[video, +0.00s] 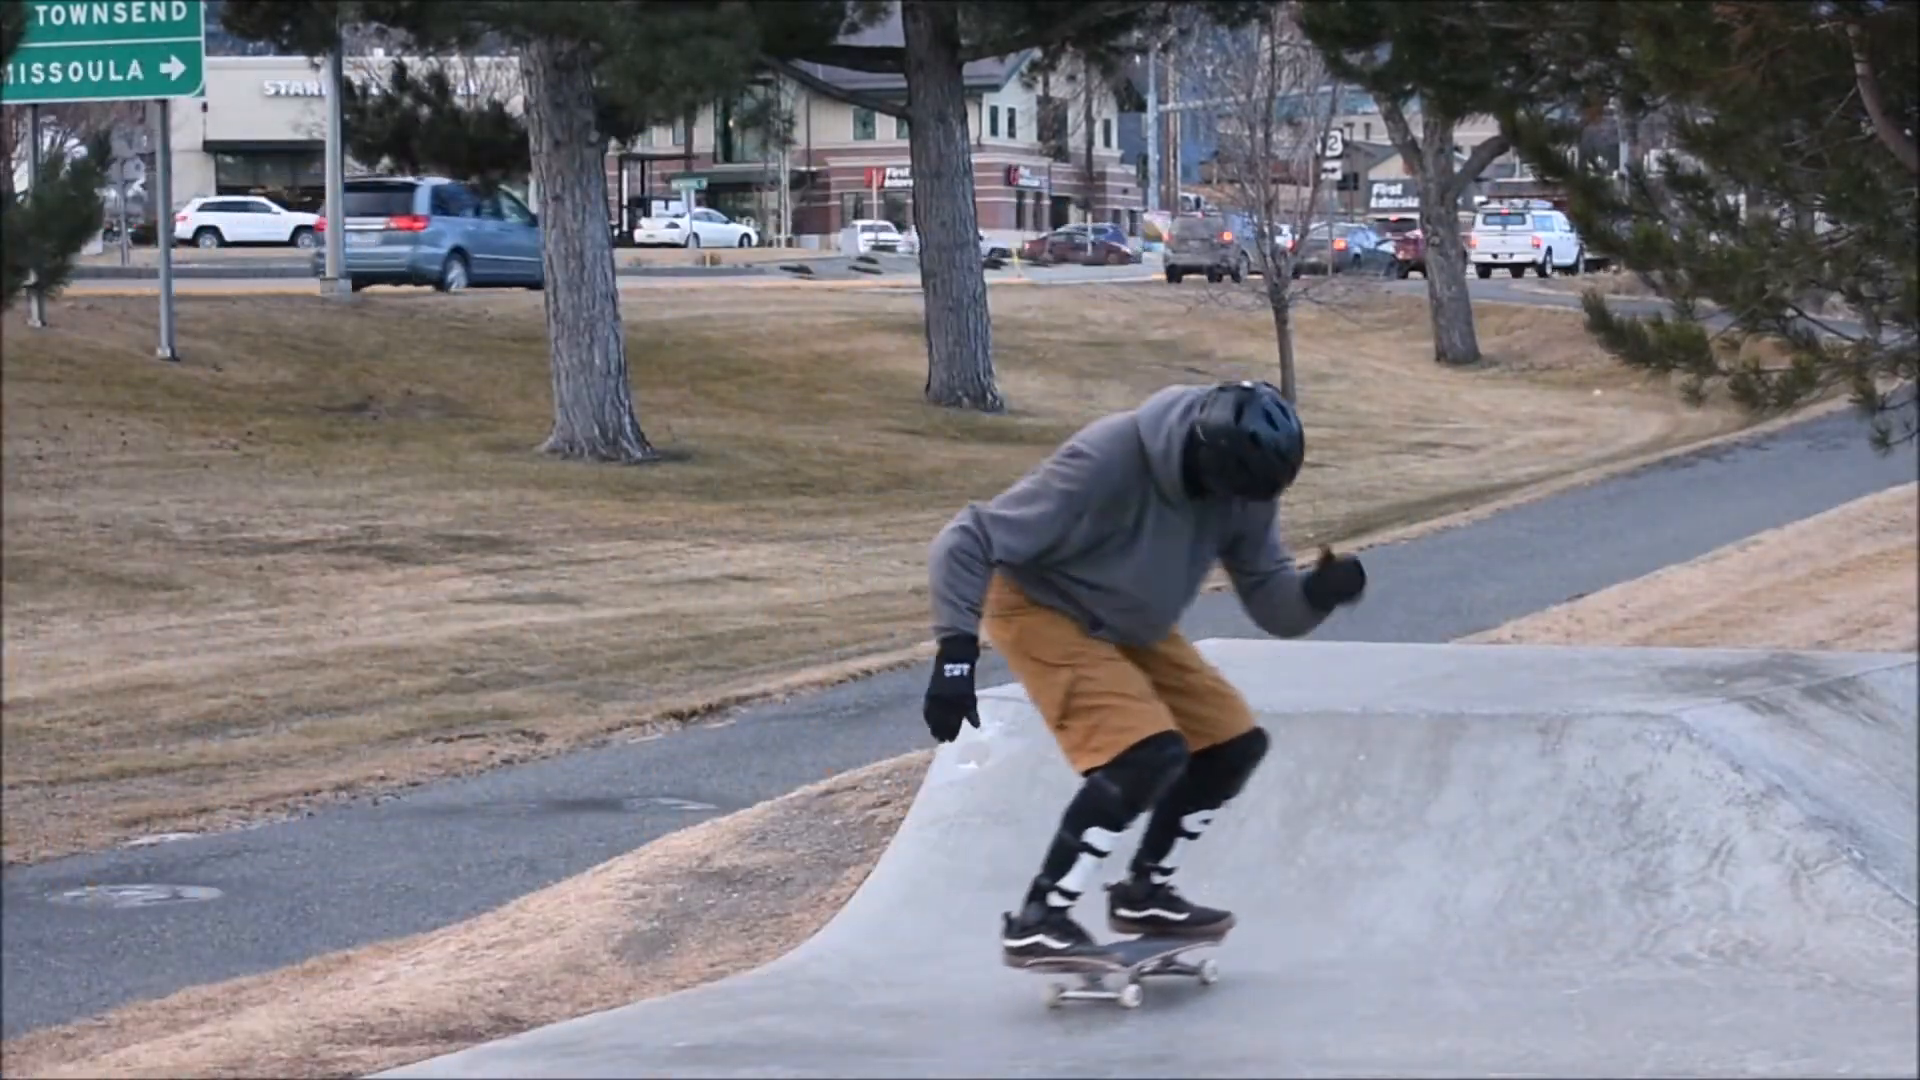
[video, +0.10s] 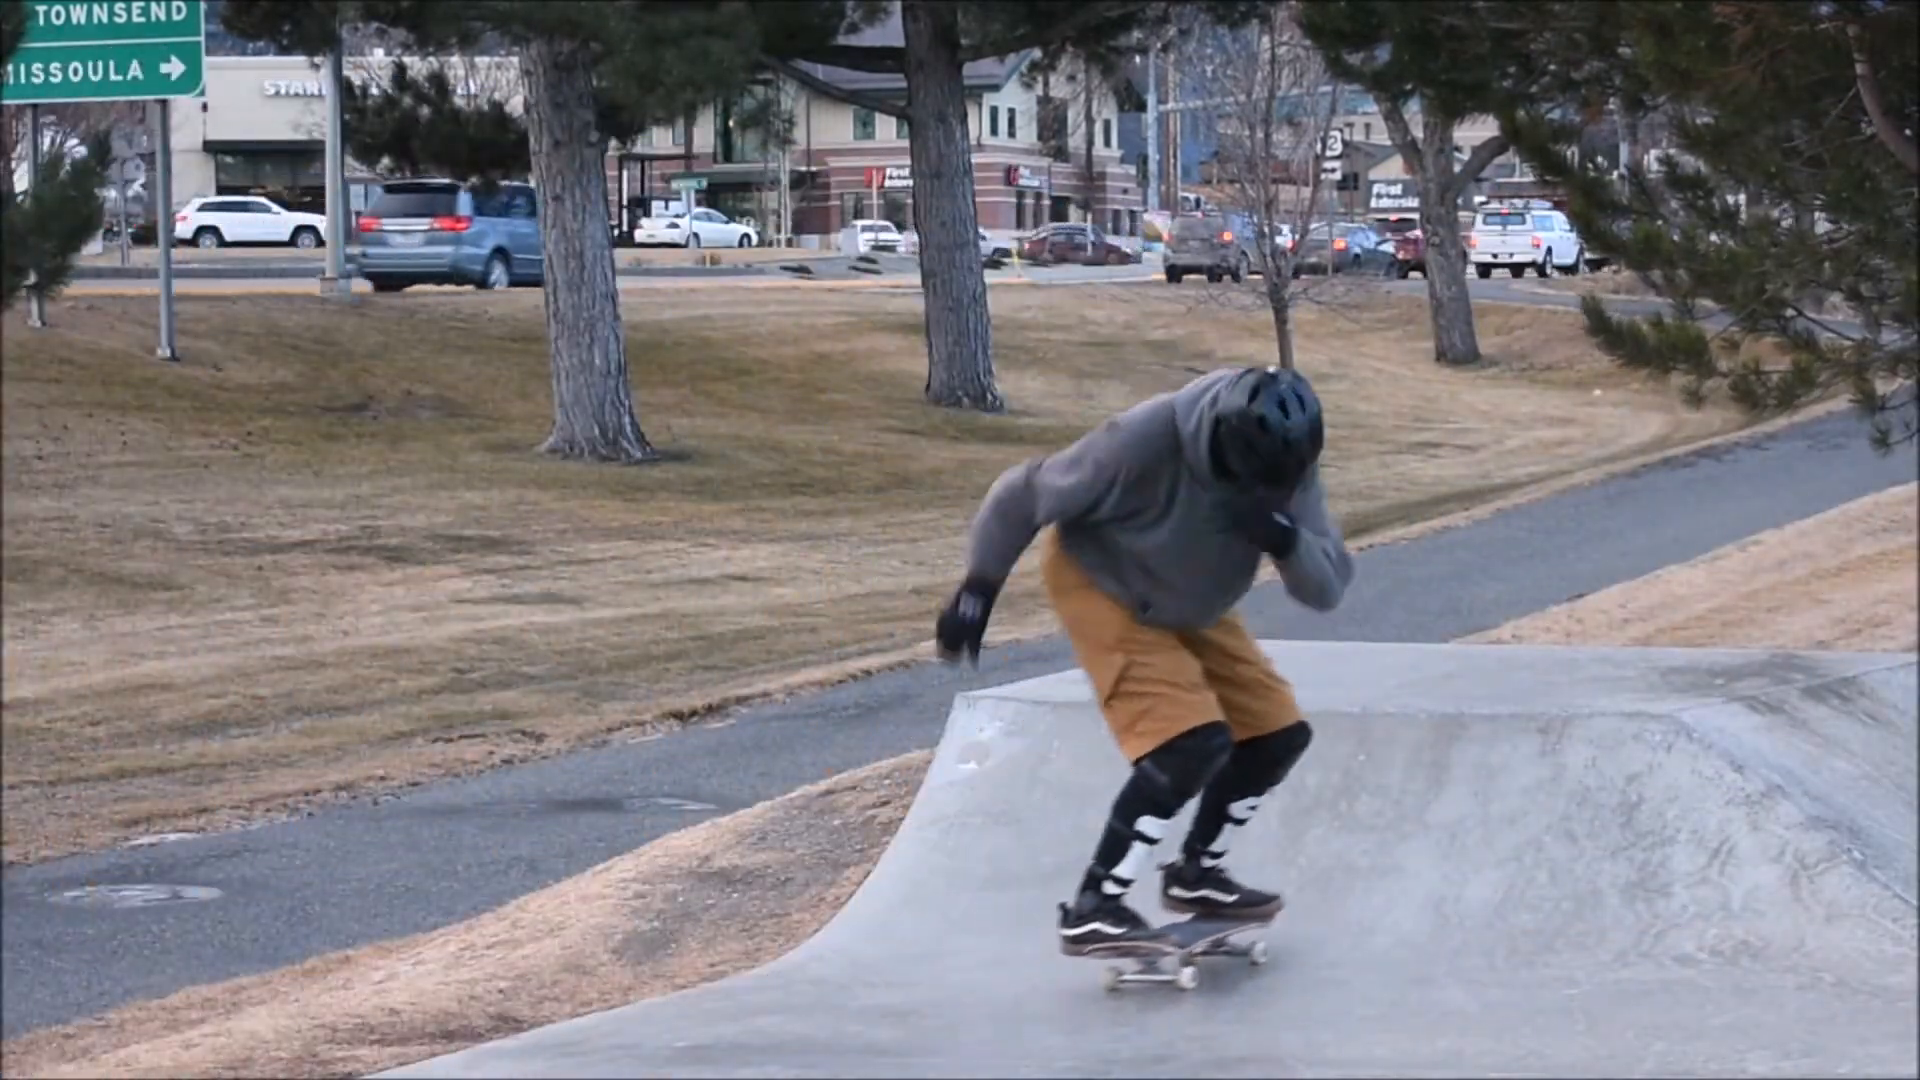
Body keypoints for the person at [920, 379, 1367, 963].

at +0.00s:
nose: (1247, 504)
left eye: (1256, 494)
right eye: (1242, 490)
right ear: (1212, 458)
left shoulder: (1246, 482)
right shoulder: (1110, 459)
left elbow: (1271, 603)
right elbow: (969, 537)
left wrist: (1317, 592)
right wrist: (955, 657)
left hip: (1129, 616)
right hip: (1035, 602)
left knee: (1230, 746)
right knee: (1145, 754)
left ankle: (1141, 893)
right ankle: (1037, 916)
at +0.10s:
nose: (1267, 496)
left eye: (1282, 483)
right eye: (1256, 481)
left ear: (1301, 457)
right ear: (1224, 443)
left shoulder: (1293, 458)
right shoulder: (1146, 439)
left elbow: (1328, 586)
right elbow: (1023, 491)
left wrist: (1282, 539)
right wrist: (977, 590)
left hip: (1192, 593)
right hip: (1100, 579)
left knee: (1274, 737)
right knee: (1189, 743)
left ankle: (1192, 872)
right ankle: (1092, 905)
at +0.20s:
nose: (1273, 431)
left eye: (1289, 422)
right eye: (1263, 418)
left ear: (1311, 391)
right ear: (1236, 383)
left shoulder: (1322, 396)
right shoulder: (1169, 372)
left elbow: (1370, 506)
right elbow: (1073, 380)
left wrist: (1312, 549)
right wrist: (1011, 443)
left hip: (1258, 557)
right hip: (1163, 546)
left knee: (1317, 698)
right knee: (1210, 711)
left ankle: (1254, 808)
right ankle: (1152, 880)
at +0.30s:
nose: (1286, 372)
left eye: (1300, 364)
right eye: (1274, 362)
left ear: (1324, 335)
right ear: (1244, 329)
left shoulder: (1349, 341)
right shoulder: (1191, 314)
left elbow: (1443, 422)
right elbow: (1101, 311)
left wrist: (1492, 508)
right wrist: (1015, 354)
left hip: (1312, 488)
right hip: (1205, 486)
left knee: (1383, 640)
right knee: (1220, 662)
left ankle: (1413, 745)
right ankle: (1189, 772)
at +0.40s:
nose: (1274, 364)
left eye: (1288, 350)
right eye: (1261, 354)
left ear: (1317, 313)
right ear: (1233, 315)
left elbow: (1503, 317)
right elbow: (1083, 317)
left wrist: (1599, 380)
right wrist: (997, 393)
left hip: (1359, 441)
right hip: (1252, 443)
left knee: (1400, 610)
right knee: (1233, 599)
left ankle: (1492, 747)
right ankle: (1313, 638)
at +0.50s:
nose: (1244, 349)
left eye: (1248, 338)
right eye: (1229, 340)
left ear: (1271, 307)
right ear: (1205, 308)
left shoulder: (1364, 288)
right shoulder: (1205, 288)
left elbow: (1470, 266)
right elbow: (1098, 334)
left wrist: (1570, 277)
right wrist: (1040, 416)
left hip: (1404, 430)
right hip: (1329, 435)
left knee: (1396, 624)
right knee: (1313, 568)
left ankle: (1486, 763)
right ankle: (1439, 630)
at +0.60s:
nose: (1207, 357)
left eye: (1209, 345)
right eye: (1196, 347)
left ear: (1233, 313)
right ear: (1203, 309)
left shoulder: (1334, 297)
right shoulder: (1215, 301)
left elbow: (1455, 292)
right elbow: (1139, 362)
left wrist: (1544, 320)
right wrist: (1090, 428)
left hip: (1448, 422)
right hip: (1382, 432)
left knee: (1398, 625)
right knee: (1336, 562)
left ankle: (1488, 765)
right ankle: (1451, 629)